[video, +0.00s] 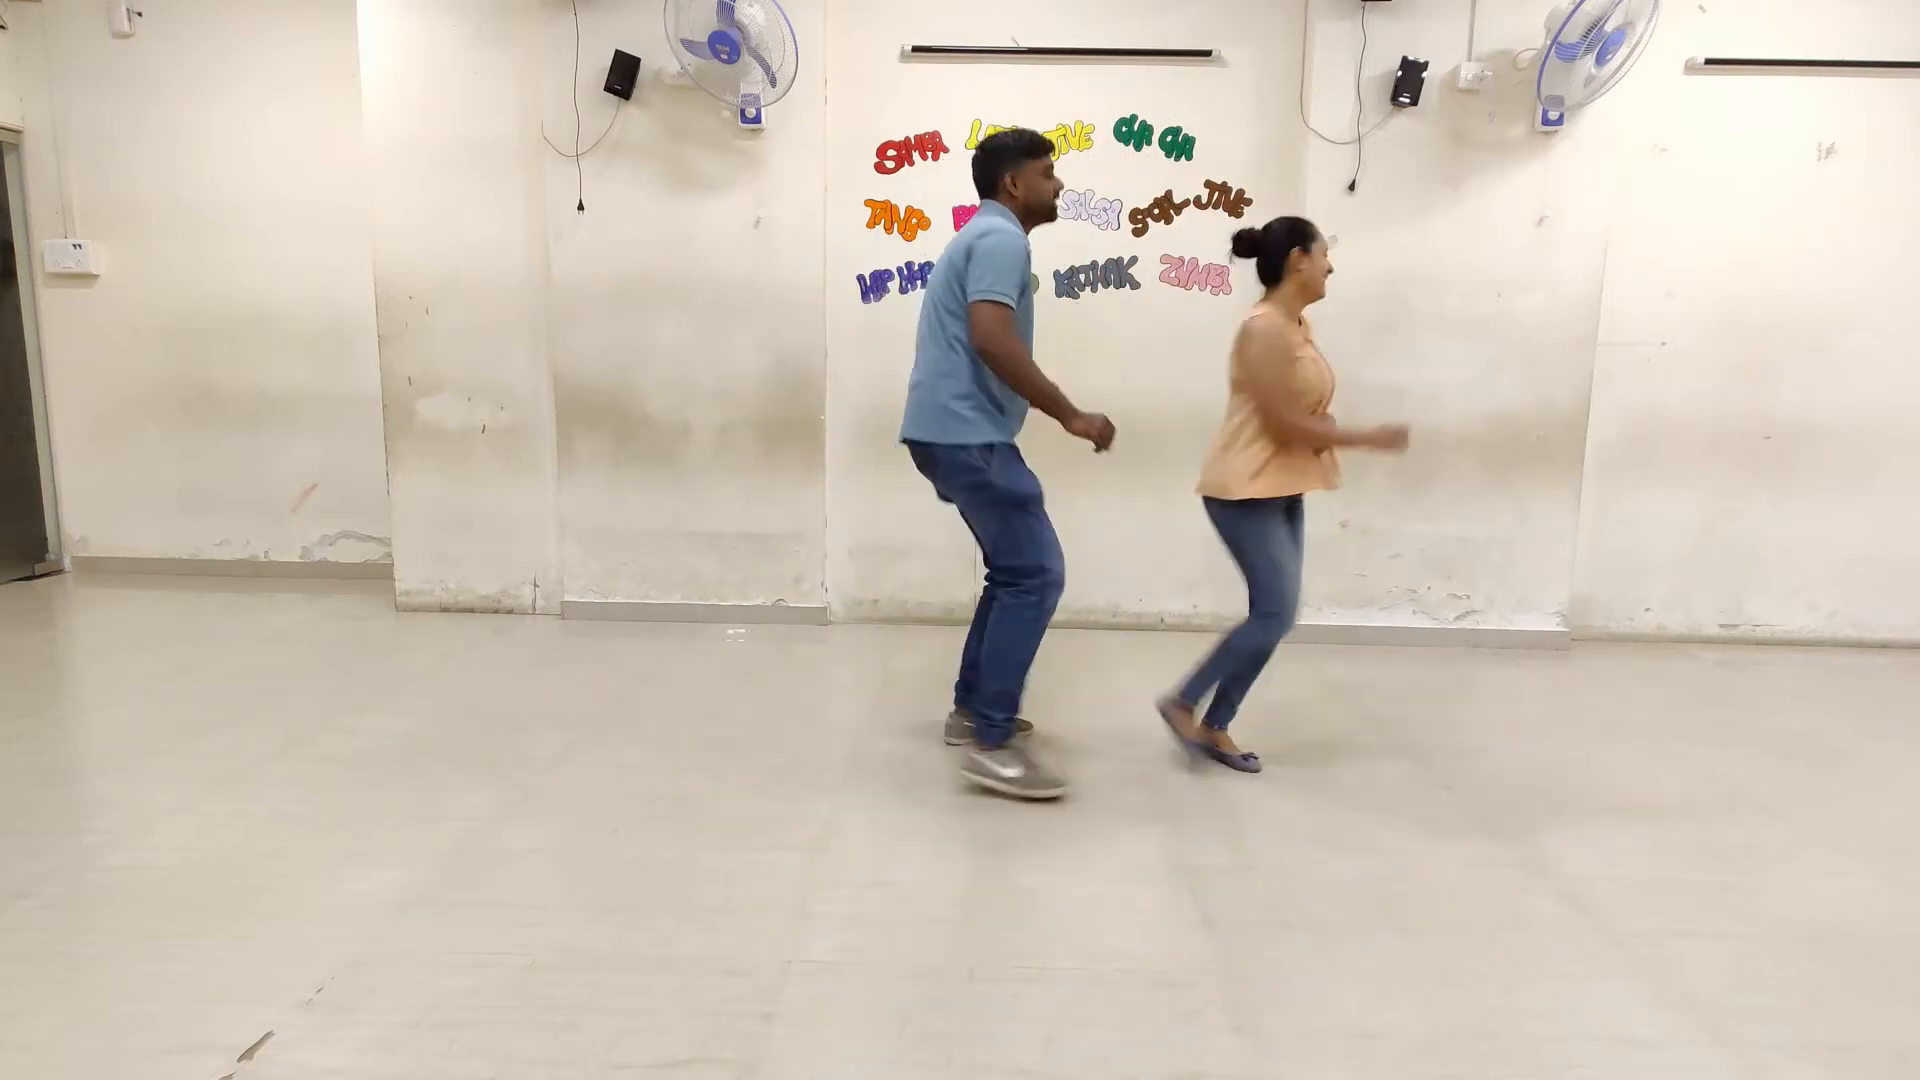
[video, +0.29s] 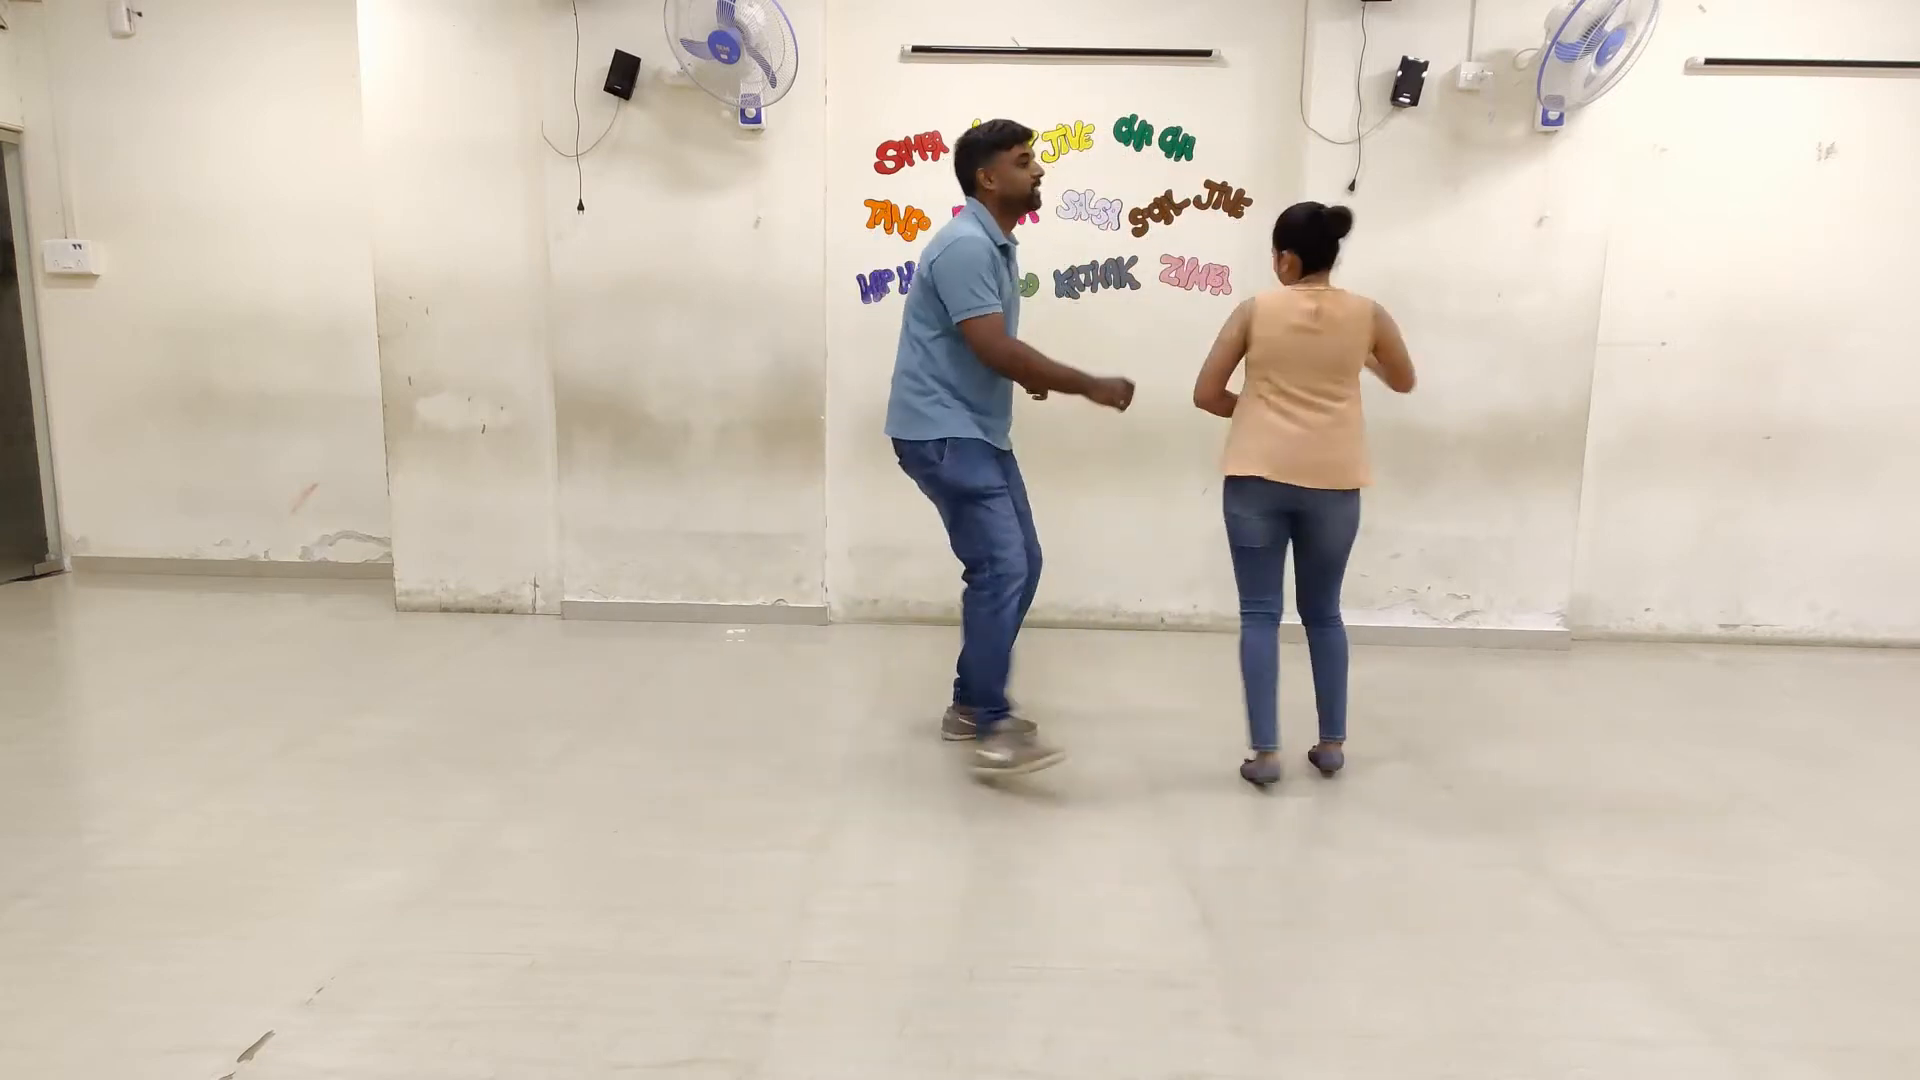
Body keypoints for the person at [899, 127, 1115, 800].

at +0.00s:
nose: (1059, 184)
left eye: (1055, 172)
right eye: (1046, 173)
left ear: (1006, 184)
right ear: (1008, 183)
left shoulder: (982, 235)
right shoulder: (999, 237)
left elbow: (976, 343)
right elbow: (991, 338)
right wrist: (1071, 415)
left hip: (953, 430)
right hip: (966, 433)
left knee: (1013, 571)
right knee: (1036, 573)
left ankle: (975, 707)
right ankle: (990, 740)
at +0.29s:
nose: (1038, 169)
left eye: (1035, 160)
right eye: (1025, 161)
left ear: (1003, 176)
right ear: (986, 174)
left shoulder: (995, 244)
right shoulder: (966, 244)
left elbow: (985, 340)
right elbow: (994, 347)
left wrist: (1025, 372)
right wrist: (1088, 385)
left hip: (977, 431)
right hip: (942, 430)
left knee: (1023, 564)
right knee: (1000, 565)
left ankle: (974, 705)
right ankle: (984, 724)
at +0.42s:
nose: (1003, 172)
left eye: (1000, 162)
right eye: (987, 165)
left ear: (967, 183)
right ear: (952, 184)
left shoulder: (968, 248)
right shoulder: (945, 251)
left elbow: (974, 335)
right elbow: (1013, 340)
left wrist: (1011, 357)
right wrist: (1107, 372)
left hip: (971, 441)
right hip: (926, 442)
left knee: (1017, 566)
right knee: (967, 575)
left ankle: (974, 703)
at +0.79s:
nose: (941, 173)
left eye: (937, 163)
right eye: (928, 165)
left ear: (901, 181)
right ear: (894, 179)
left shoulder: (896, 233)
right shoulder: (889, 244)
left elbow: (932, 264)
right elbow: (970, 327)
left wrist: (964, 273)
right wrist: (1070, 350)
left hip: (890, 438)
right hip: (851, 442)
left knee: (938, 560)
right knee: (871, 578)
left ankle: (995, 691)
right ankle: (822, 692)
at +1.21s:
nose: (955, 184)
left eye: (954, 173)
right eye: (940, 177)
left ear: (956, 184)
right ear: (903, 195)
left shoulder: (960, 253)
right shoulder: (892, 258)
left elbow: (1017, 243)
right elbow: (913, 342)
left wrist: (1021, 243)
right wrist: (1011, 354)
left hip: (946, 450)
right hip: (880, 458)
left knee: (1015, 551)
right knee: (888, 593)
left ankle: (1023, 685)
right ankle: (817, 693)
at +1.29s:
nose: (971, 192)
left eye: (972, 183)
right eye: (955, 185)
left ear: (976, 193)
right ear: (921, 203)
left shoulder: (984, 262)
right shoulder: (910, 259)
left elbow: (1061, 256)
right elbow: (906, 320)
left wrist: (1043, 246)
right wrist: (1003, 346)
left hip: (967, 457)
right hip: (901, 463)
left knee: (1035, 556)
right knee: (899, 597)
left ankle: (1037, 689)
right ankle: (819, 693)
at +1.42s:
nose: (998, 178)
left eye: (1003, 169)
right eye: (982, 173)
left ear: (1015, 180)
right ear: (958, 190)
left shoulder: (1032, 245)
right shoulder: (946, 243)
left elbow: (1120, 242)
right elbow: (937, 262)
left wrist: (1083, 227)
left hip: (1019, 449)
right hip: (944, 453)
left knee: (1067, 562)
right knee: (922, 577)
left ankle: (1045, 691)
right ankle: (845, 683)